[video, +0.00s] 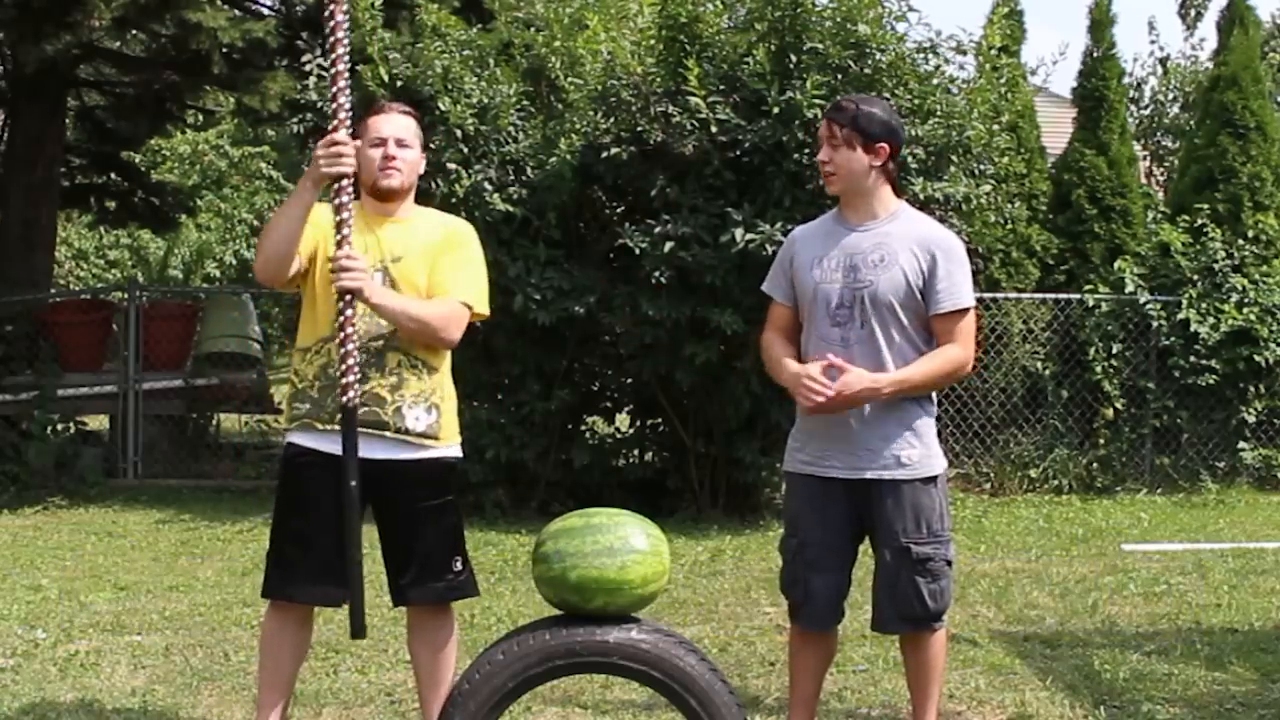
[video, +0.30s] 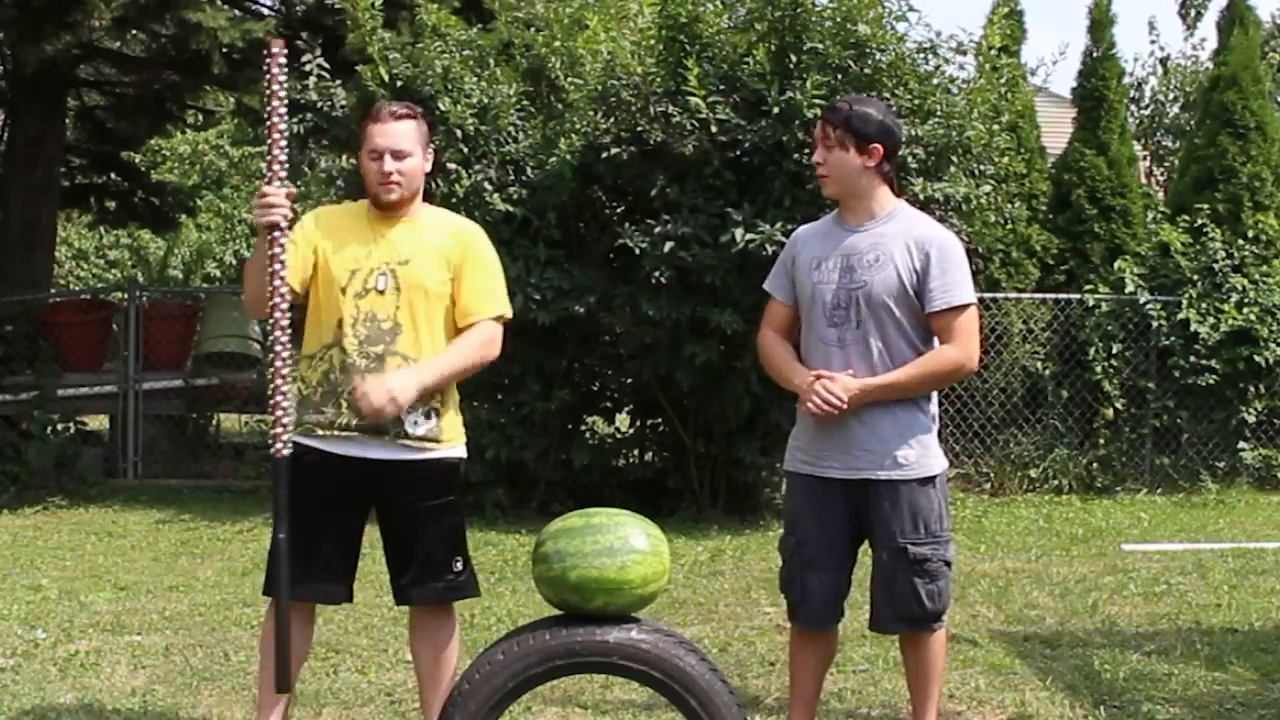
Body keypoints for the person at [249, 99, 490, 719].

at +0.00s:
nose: (389, 152)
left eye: (402, 143)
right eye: (377, 143)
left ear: (423, 158)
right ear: (357, 155)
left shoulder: (452, 234)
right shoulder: (325, 220)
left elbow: (449, 328)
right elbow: (269, 270)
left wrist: (376, 293)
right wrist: (311, 180)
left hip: (418, 446)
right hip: (319, 439)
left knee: (431, 598)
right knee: (292, 595)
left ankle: (437, 716)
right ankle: (269, 714)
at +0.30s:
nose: (387, 167)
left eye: (401, 155)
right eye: (376, 154)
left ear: (428, 161)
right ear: (359, 160)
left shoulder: (461, 238)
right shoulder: (321, 226)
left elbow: (486, 338)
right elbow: (260, 305)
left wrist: (410, 381)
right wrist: (264, 237)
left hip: (423, 454)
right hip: (321, 448)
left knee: (433, 599)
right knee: (292, 593)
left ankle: (437, 717)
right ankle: (270, 713)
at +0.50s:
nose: (382, 182)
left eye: (397, 168)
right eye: (370, 168)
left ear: (427, 162)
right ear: (356, 164)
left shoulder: (463, 239)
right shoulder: (322, 225)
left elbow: (485, 343)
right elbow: (268, 303)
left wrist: (489, 442)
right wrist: (244, 250)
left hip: (426, 453)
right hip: (326, 447)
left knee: (434, 598)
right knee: (292, 590)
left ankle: (439, 716)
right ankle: (271, 712)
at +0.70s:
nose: (351, 209)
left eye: (363, 194)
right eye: (337, 196)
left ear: (385, 177)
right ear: (316, 180)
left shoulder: (423, 236)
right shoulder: (275, 239)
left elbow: (447, 334)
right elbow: (255, 329)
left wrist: (467, 431)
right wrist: (253, 342)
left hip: (408, 455)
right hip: (309, 455)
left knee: (426, 600)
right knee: (293, 603)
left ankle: (440, 717)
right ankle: (275, 717)